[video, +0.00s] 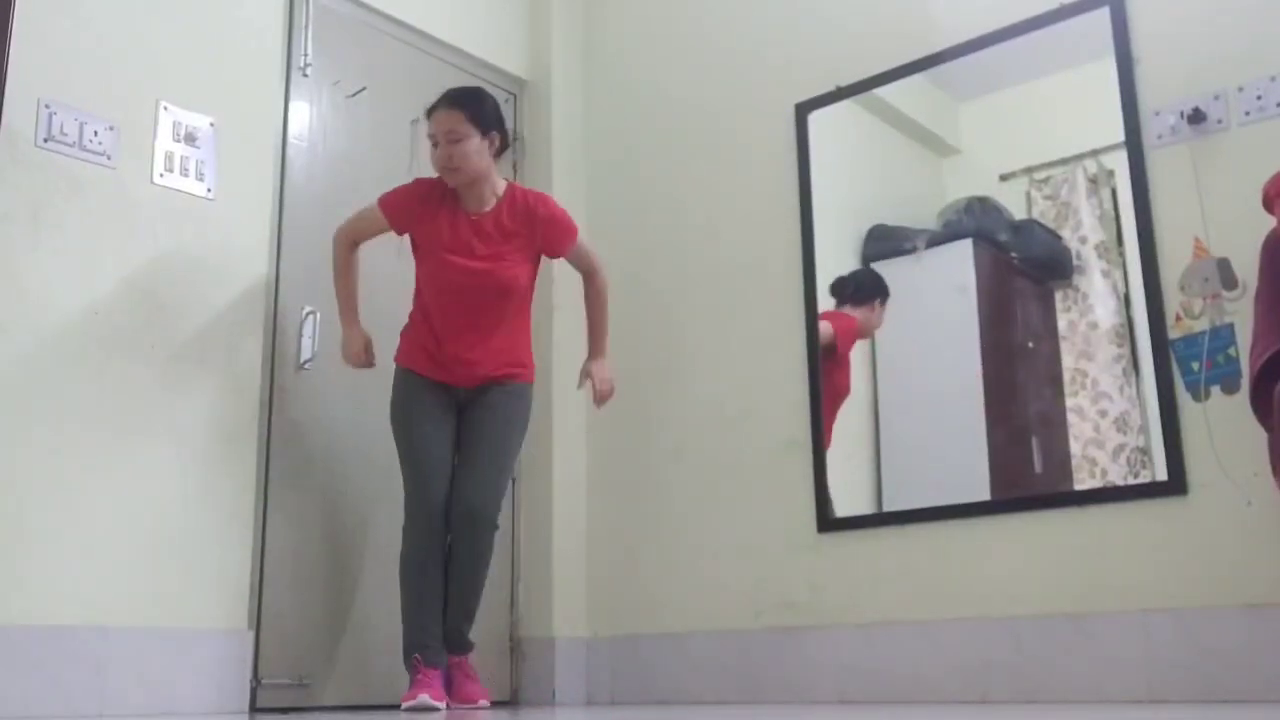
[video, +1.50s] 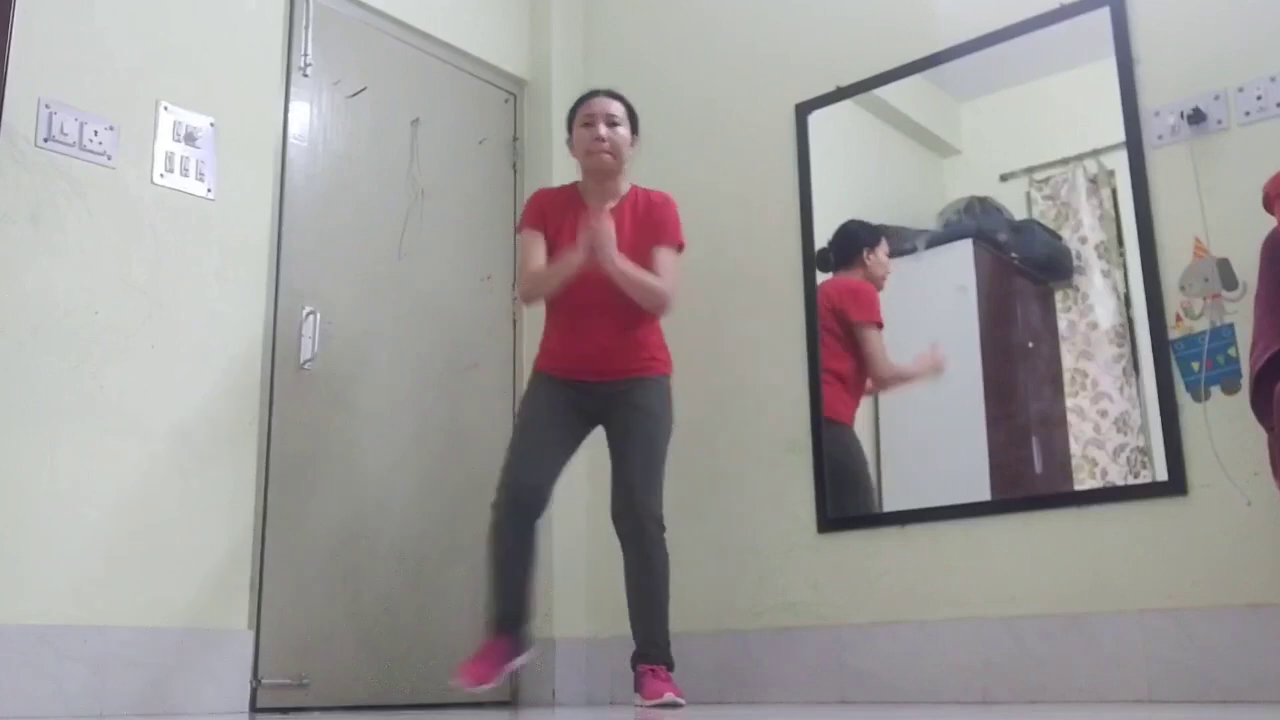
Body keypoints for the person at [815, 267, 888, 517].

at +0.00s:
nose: (881, 321)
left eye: (883, 312)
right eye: (883, 311)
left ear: (844, 299)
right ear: (876, 305)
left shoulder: (830, 323)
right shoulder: (845, 324)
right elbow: (807, 335)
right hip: (805, 460)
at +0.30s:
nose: (871, 303)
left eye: (871, 294)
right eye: (868, 292)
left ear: (845, 291)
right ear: (845, 291)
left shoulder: (822, 324)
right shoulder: (824, 324)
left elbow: (828, 414)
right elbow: (827, 403)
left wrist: (880, 430)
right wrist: (881, 430)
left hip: (812, 453)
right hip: (809, 454)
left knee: (863, 520)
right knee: (865, 519)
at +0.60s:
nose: (878, 275)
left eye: (875, 266)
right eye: (871, 265)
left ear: (848, 271)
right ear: (847, 271)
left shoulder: (826, 306)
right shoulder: (840, 299)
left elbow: (872, 391)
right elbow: (877, 368)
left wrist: (928, 362)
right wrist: (933, 354)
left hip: (817, 439)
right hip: (819, 439)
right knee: (841, 530)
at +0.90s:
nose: (894, 269)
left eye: (895, 261)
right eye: (885, 259)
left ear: (853, 267)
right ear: (855, 263)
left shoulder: (832, 293)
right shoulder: (858, 290)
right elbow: (850, 349)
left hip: (818, 425)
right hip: (830, 427)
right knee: (860, 514)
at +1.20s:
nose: (901, 268)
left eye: (902, 258)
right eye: (895, 256)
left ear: (869, 259)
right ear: (869, 257)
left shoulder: (838, 286)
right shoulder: (863, 282)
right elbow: (831, 301)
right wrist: (826, 380)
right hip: (841, 418)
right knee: (860, 513)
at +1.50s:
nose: (889, 267)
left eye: (888, 257)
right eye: (886, 256)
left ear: (840, 258)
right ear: (867, 257)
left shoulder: (824, 291)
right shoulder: (857, 291)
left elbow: (853, 385)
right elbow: (881, 373)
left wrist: (911, 375)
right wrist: (924, 367)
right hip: (829, 422)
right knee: (860, 517)